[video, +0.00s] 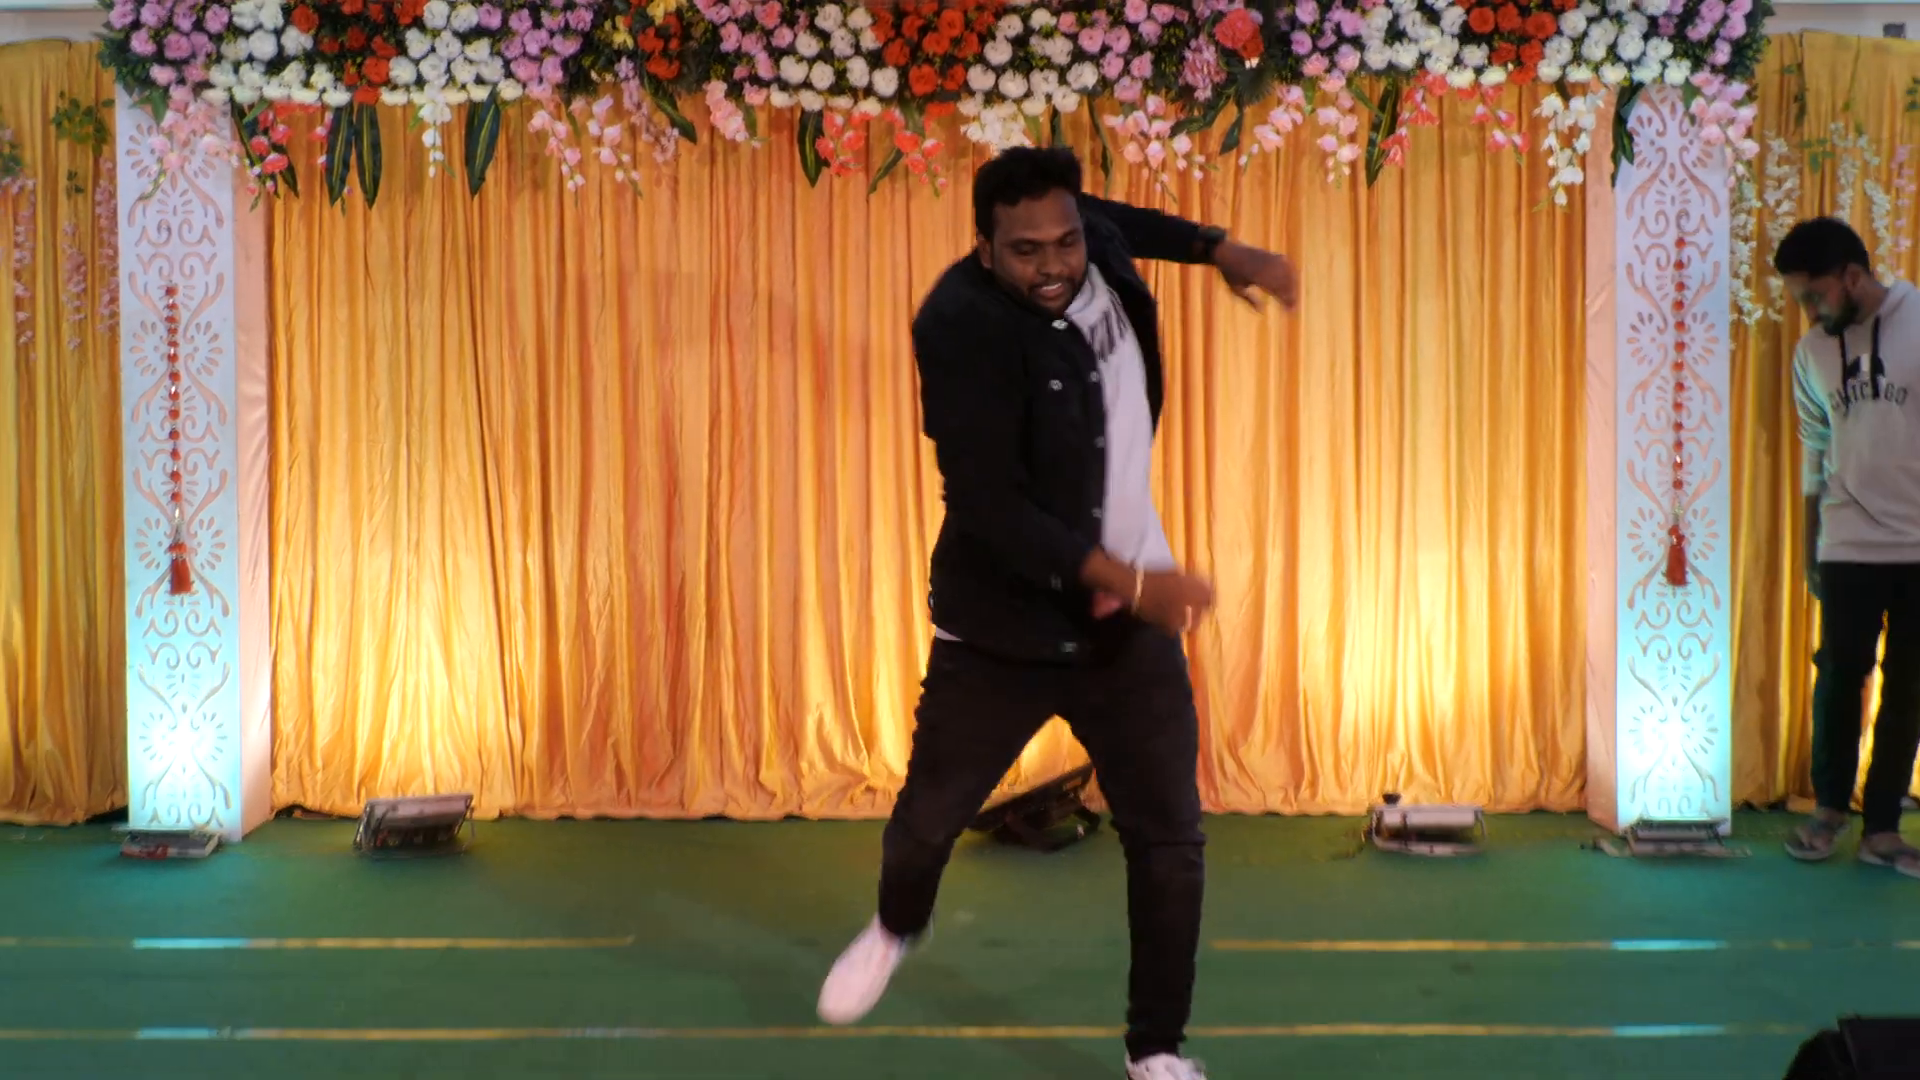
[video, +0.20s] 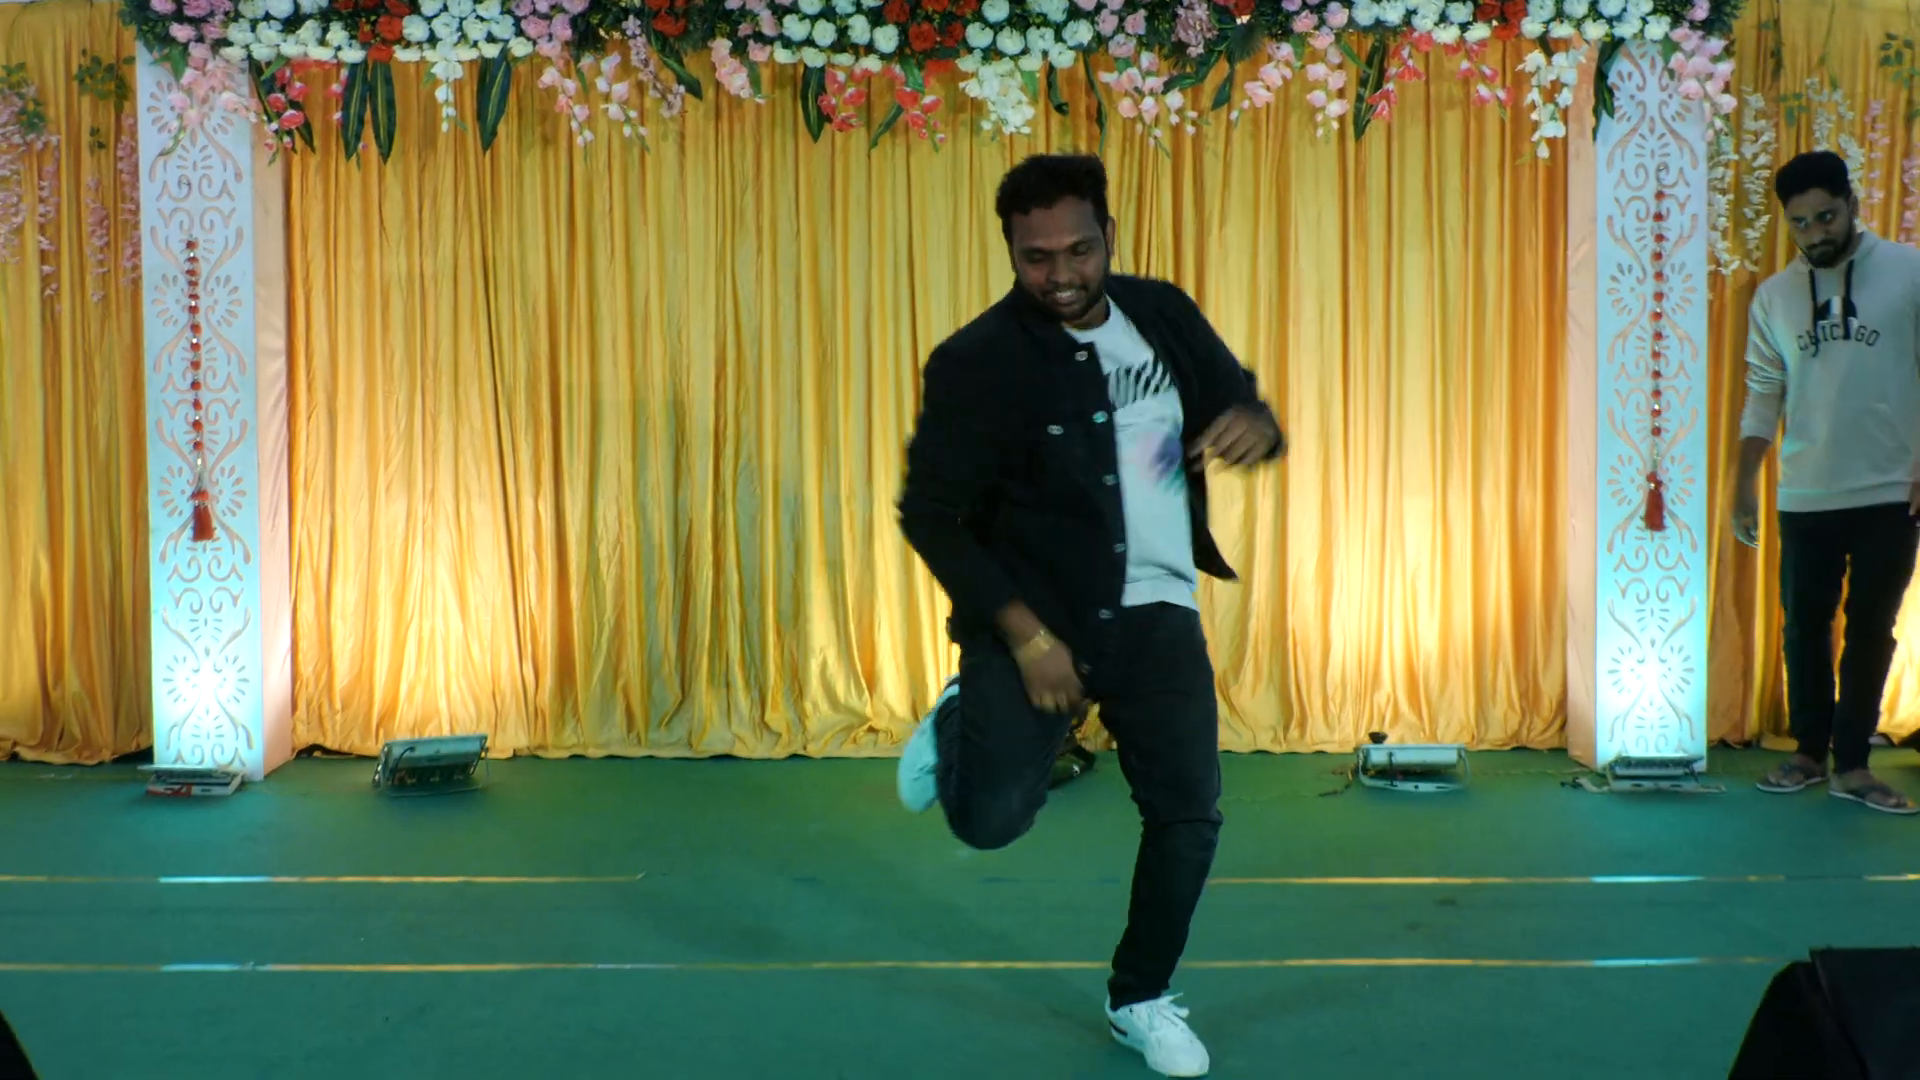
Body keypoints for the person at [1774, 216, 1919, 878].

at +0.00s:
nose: (1809, 310)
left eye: (1815, 294)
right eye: (1802, 298)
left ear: (1853, 272)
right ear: (1813, 289)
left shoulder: (1913, 318)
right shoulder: (1814, 352)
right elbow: (1815, 454)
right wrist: (1813, 550)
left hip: (1916, 546)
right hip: (1847, 544)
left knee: (1908, 691)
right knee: (1840, 679)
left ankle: (1882, 828)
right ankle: (1830, 810)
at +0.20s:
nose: (1815, 232)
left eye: (1825, 216)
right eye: (1800, 221)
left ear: (1853, 206)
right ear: (1787, 224)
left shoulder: (1906, 269)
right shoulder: (1774, 297)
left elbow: (1916, 374)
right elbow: (1762, 395)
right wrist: (1743, 487)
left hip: (1892, 488)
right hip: (1807, 490)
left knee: (1872, 631)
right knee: (1805, 626)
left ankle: (1852, 766)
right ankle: (1809, 756)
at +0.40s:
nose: (1803, 214)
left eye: (1814, 201)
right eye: (1788, 204)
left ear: (1829, 200)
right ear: (1764, 210)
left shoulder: (1878, 271)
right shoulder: (1734, 290)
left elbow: (1906, 366)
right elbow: (1715, 383)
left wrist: (1913, 453)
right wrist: (1700, 466)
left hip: (1858, 474)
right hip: (1772, 478)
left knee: (1847, 615)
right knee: (1777, 610)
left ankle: (1829, 750)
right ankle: (1781, 740)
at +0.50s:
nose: (1790, 217)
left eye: (1800, 205)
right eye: (1776, 207)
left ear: (1815, 206)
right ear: (1752, 213)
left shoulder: (1861, 276)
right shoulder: (1720, 293)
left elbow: (1888, 369)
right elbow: (1700, 383)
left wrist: (1897, 458)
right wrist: (1687, 469)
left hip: (1842, 472)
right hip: (1758, 478)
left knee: (1841, 608)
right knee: (1764, 606)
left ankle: (1824, 743)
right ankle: (1768, 736)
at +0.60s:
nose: (1781, 223)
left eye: (1791, 211)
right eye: (1767, 212)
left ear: (1806, 212)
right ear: (1743, 217)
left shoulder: (1848, 281)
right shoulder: (1710, 297)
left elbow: (1872, 372)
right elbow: (1690, 386)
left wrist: (1881, 461)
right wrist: (1680, 472)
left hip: (1829, 474)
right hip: (1747, 481)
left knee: (1837, 607)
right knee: (1753, 610)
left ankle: (1821, 737)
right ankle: (1758, 735)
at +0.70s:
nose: (1781, 224)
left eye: (1792, 212)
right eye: (1768, 213)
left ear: (1808, 215)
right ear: (1746, 218)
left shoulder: (1848, 283)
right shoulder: (1712, 298)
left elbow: (1871, 375)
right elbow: (1692, 389)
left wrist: (1879, 465)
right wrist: (1686, 476)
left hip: (1829, 475)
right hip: (1746, 481)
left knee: (1839, 607)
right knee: (1752, 611)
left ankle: (1828, 731)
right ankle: (1757, 735)